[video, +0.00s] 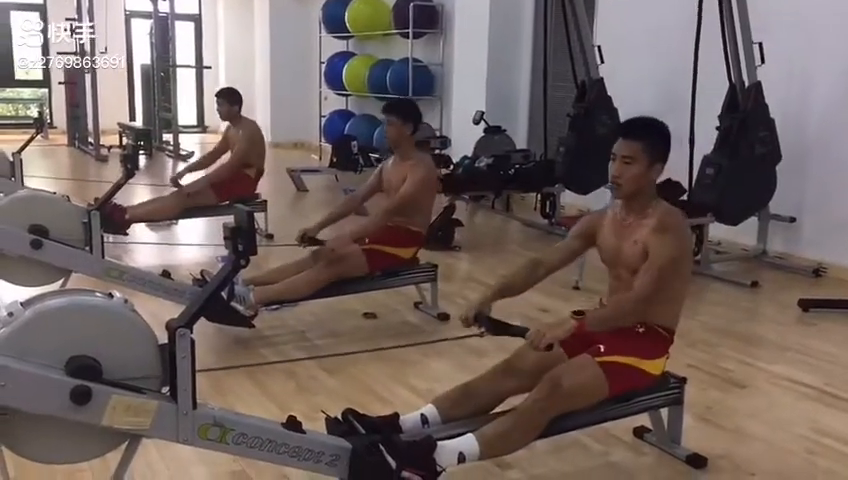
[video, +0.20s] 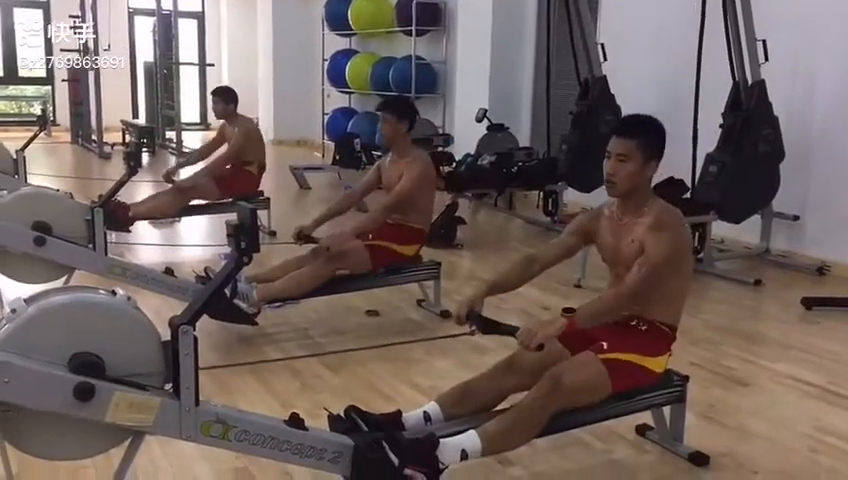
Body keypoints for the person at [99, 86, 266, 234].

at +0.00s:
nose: (218, 110)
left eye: (221, 105)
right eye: (217, 105)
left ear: (235, 106)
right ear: (227, 106)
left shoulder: (248, 131)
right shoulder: (232, 130)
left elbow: (229, 169)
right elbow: (212, 156)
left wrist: (189, 188)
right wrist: (183, 172)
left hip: (241, 186)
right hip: (230, 181)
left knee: (183, 200)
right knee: (180, 196)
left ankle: (126, 218)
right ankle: (124, 212)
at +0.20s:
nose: (213, 108)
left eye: (216, 104)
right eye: (213, 104)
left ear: (230, 105)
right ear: (223, 105)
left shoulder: (244, 129)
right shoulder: (226, 127)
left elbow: (219, 164)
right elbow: (203, 152)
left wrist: (185, 183)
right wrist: (177, 167)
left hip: (244, 183)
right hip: (231, 178)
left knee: (185, 192)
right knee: (181, 189)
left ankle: (130, 215)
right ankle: (129, 210)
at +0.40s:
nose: (203, 107)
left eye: (207, 103)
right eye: (204, 102)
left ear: (221, 103)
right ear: (218, 104)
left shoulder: (236, 125)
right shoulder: (218, 126)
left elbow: (209, 156)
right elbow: (193, 146)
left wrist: (176, 170)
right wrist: (165, 159)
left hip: (243, 179)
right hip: (233, 174)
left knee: (184, 172)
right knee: (178, 170)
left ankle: (136, 213)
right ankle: (134, 207)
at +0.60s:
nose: (192, 106)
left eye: (195, 102)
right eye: (192, 102)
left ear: (210, 103)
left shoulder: (221, 123)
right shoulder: (205, 122)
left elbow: (193, 153)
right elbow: (184, 140)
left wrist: (158, 163)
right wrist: (161, 151)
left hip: (231, 179)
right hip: (221, 175)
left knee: (173, 159)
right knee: (170, 159)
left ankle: (140, 205)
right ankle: (140, 205)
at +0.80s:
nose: (173, 104)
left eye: (176, 100)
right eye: (172, 100)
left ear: (189, 102)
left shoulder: (201, 125)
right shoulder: (184, 121)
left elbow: (169, 151)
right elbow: (161, 143)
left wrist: (138, 163)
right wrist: (130, 156)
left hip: (214, 179)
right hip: (206, 176)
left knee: (161, 154)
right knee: (159, 157)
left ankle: (139, 205)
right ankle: (139, 206)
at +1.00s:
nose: (150, 101)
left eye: (154, 98)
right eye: (151, 97)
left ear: (167, 103)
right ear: (166, 104)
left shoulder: (180, 127)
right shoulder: (165, 123)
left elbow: (148, 152)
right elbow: (139, 144)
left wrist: (111, 164)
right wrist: (107, 155)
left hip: (196, 180)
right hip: (188, 175)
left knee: (150, 156)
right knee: (143, 154)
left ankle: (142, 204)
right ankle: (141, 203)